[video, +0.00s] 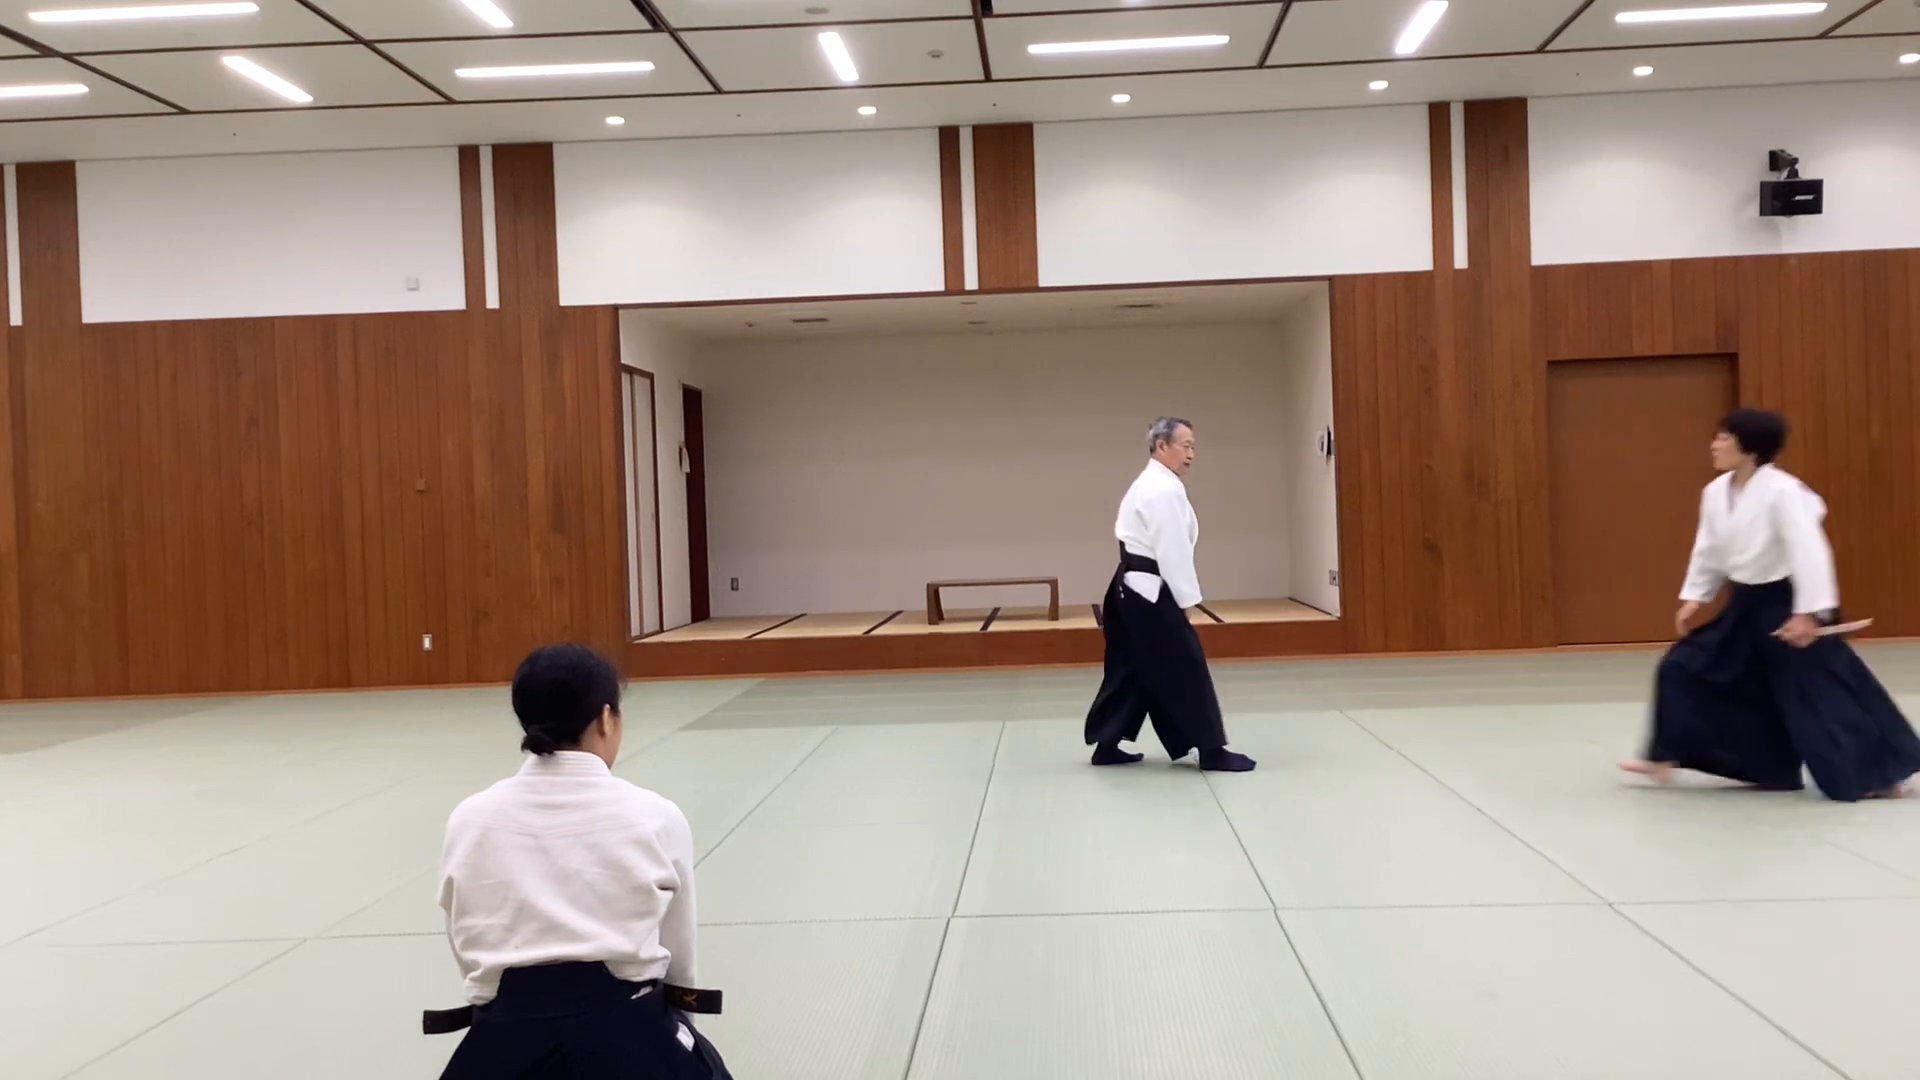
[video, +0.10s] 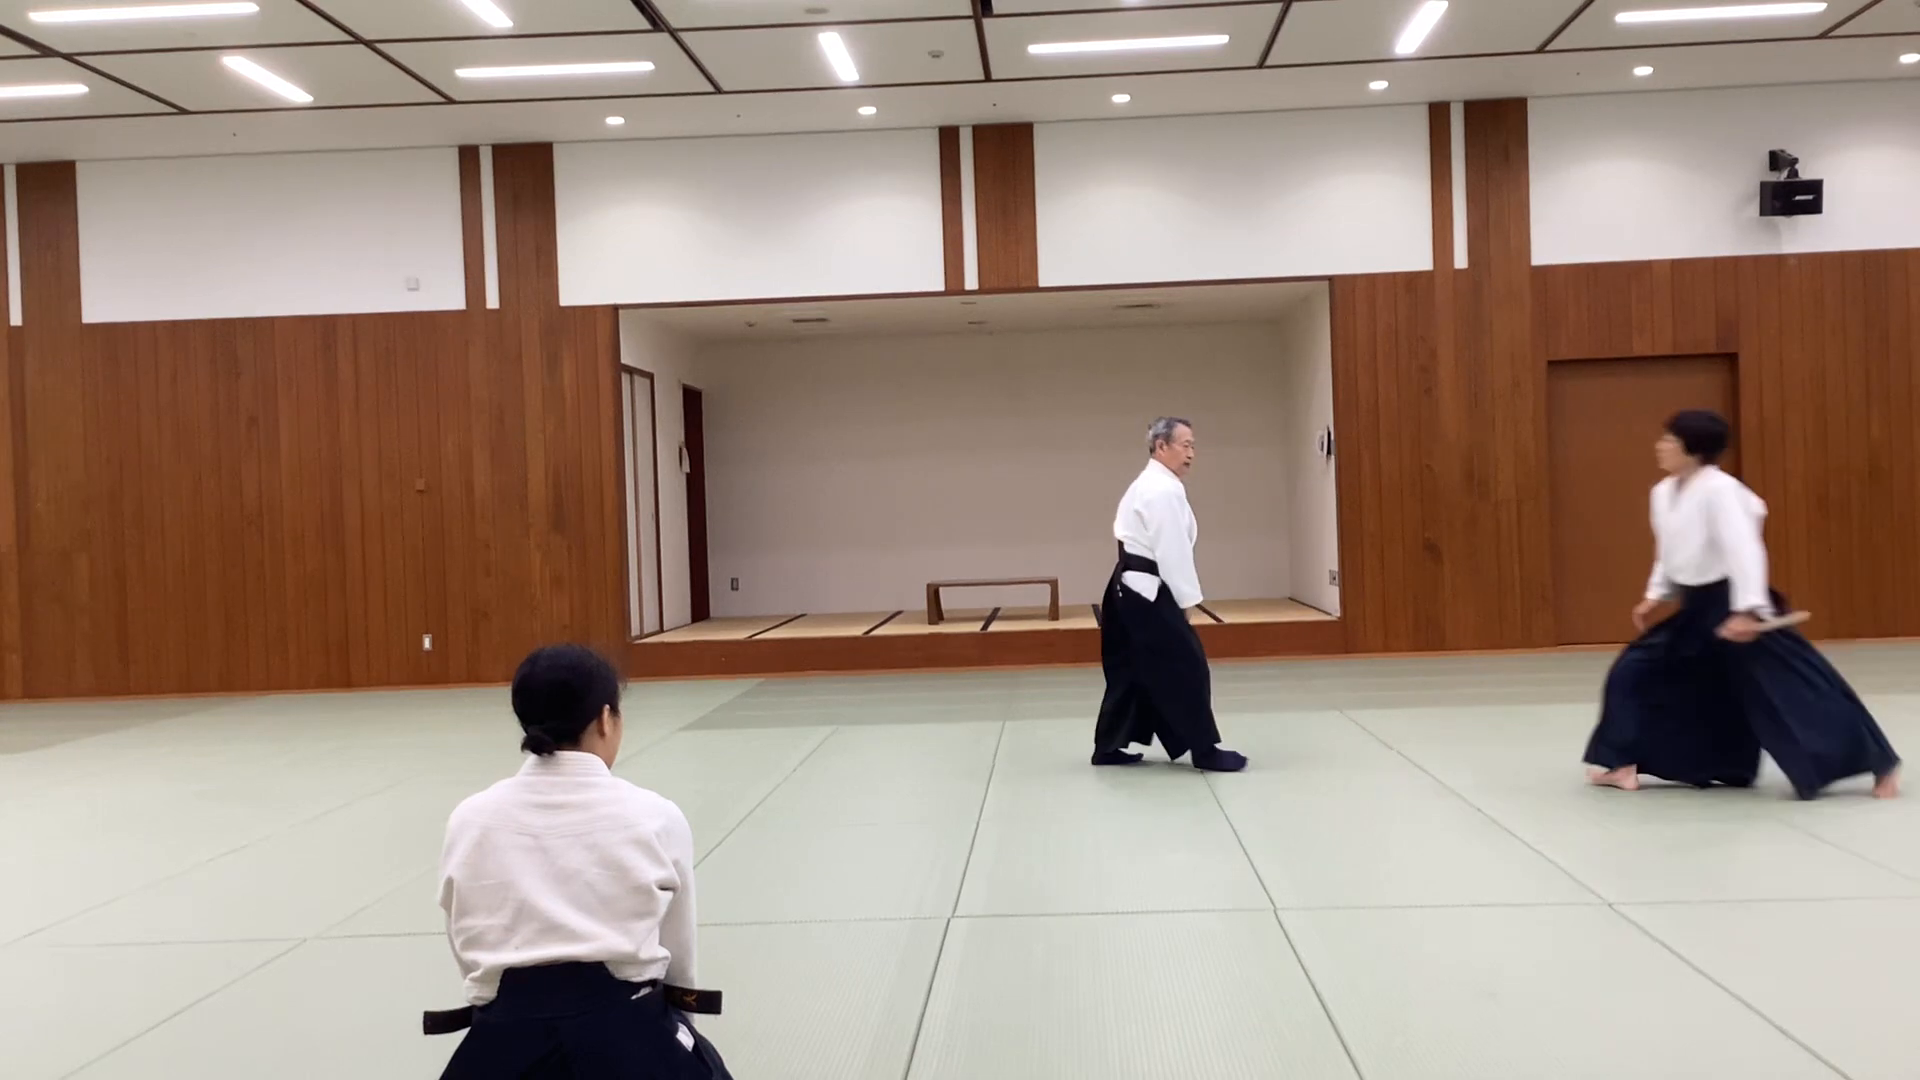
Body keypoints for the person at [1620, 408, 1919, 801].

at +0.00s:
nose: (1715, 444)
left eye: (1725, 439)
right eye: (1717, 437)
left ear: (1751, 449)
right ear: (1734, 449)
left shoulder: (1785, 492)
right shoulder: (1716, 492)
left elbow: (1810, 552)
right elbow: (1707, 550)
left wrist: (1807, 612)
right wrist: (1692, 597)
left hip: (1784, 605)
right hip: (1742, 605)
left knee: (1821, 685)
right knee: (1679, 666)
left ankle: (1882, 770)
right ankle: (1662, 759)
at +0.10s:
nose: (1658, 445)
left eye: (1668, 440)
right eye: (1661, 438)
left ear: (1693, 450)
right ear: (1678, 450)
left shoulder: (1722, 490)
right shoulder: (1662, 493)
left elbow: (1745, 549)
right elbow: (1667, 554)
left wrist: (1747, 609)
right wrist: (1652, 597)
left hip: (1733, 607)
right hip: (1691, 609)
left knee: (1800, 680)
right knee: (1629, 670)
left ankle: (1881, 761)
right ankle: (1623, 766)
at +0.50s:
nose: (1456, 454)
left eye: (1461, 449)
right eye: (1458, 448)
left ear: (1478, 456)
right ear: (1498, 455)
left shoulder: (1472, 496)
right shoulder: (1522, 481)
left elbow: (1409, 487)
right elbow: (1557, 507)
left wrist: (1423, 440)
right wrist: (1528, 532)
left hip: (1501, 602)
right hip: (1534, 595)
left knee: (1442, 672)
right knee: (1541, 686)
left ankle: (1380, 752)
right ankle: (1606, 761)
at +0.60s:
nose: (1412, 453)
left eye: (1415, 448)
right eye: (1414, 447)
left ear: (1424, 455)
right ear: (1461, 455)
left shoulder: (1406, 489)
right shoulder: (1484, 489)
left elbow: (1358, 468)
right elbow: (1534, 511)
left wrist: (1360, 422)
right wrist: (1549, 489)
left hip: (1433, 606)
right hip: (1478, 604)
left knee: (1387, 676)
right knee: (1503, 678)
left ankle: (1356, 765)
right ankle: (1550, 739)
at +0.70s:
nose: (1383, 442)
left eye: (1385, 438)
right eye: (1386, 437)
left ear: (1390, 443)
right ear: (1431, 442)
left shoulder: (1374, 473)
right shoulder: (1450, 479)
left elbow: (1328, 457)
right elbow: (1499, 509)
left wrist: (1301, 422)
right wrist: (1549, 511)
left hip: (1392, 586)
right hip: (1438, 587)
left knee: (1365, 667)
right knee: (1455, 665)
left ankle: (1348, 764)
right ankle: (1445, 734)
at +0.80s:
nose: (1368, 427)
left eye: (1370, 423)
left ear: (1371, 427)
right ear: (1412, 428)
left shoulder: (1350, 459)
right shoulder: (1426, 466)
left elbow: (1299, 448)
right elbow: (1470, 504)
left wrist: (1268, 414)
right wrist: (1525, 518)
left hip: (1357, 570)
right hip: (1404, 574)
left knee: (1350, 656)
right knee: (1400, 667)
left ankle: (1346, 749)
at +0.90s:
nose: (1341, 429)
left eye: (1343, 424)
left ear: (1347, 427)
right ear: (1388, 428)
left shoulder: (1331, 461)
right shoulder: (1405, 466)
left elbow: (1273, 460)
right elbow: (1445, 503)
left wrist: (1241, 440)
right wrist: (1496, 525)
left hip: (1332, 565)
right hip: (1379, 571)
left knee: (1323, 652)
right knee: (1366, 662)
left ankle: (1317, 743)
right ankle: (1331, 749)